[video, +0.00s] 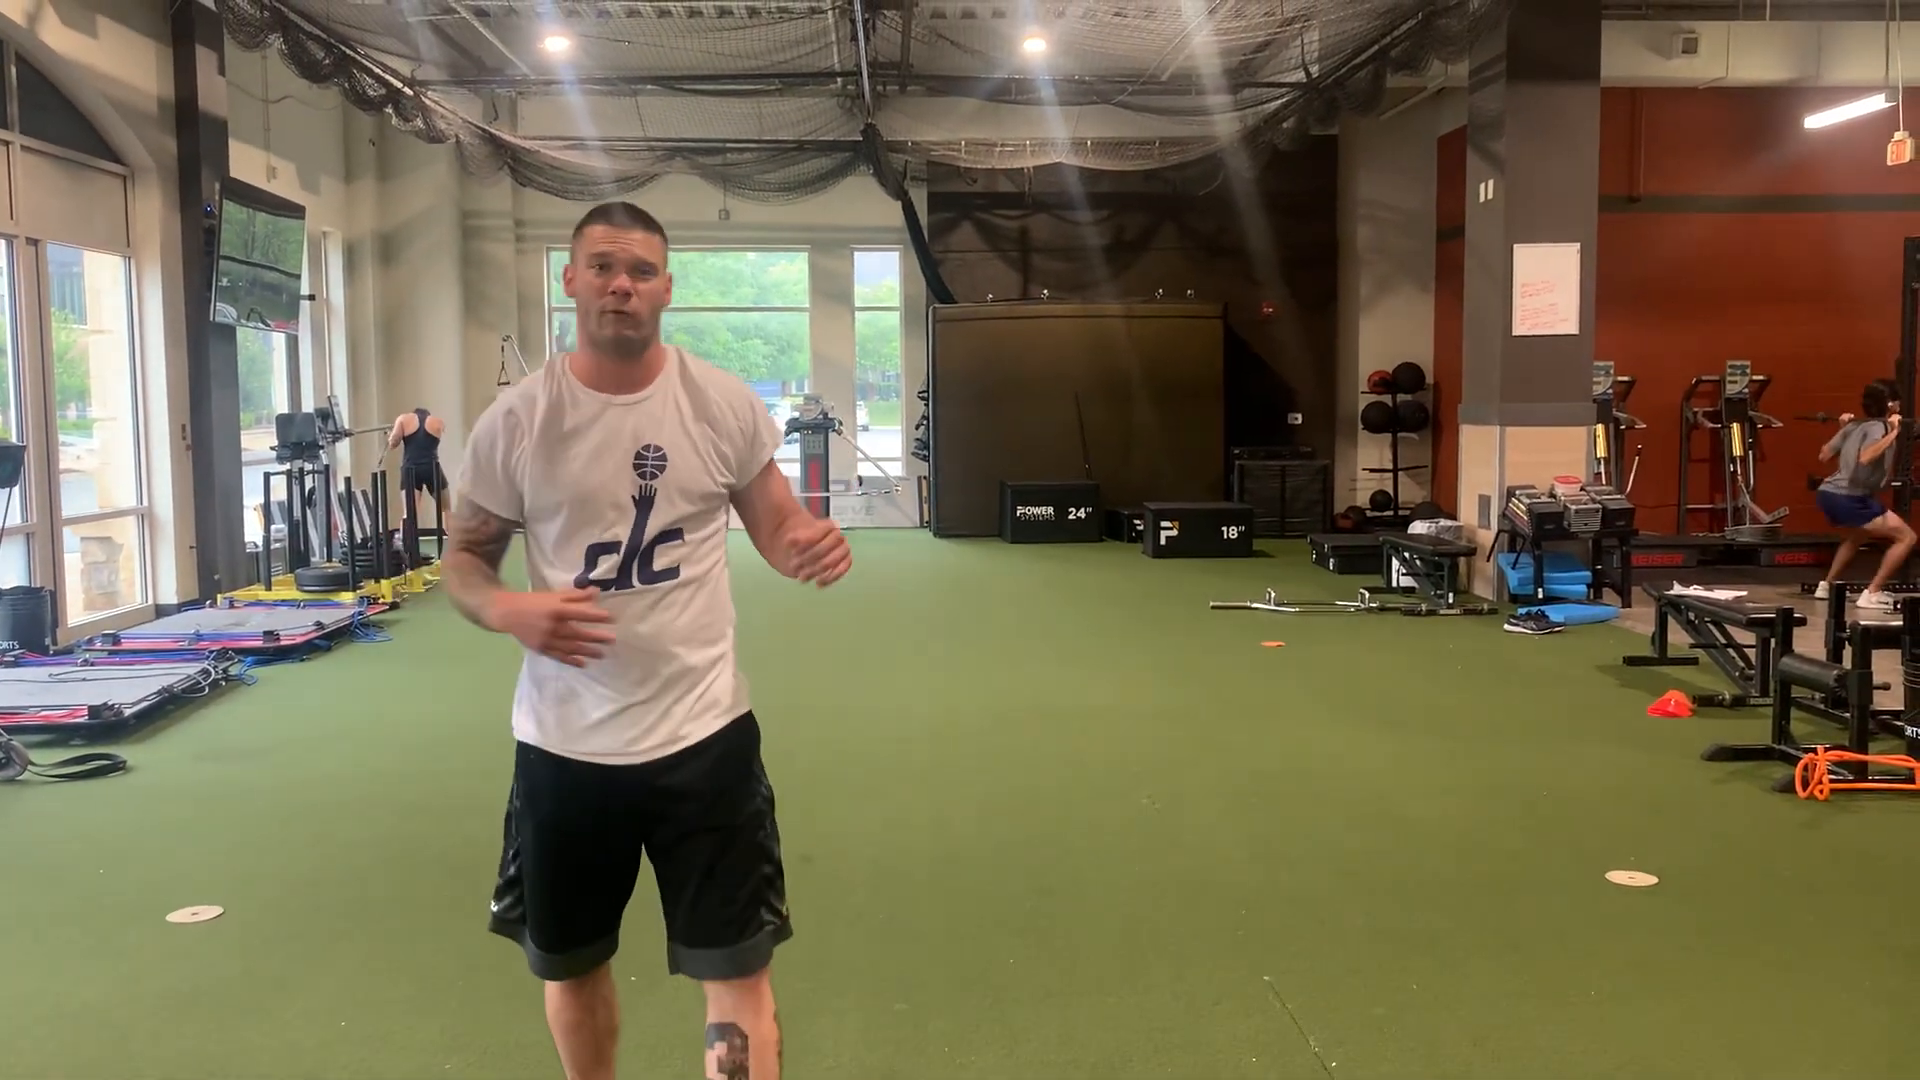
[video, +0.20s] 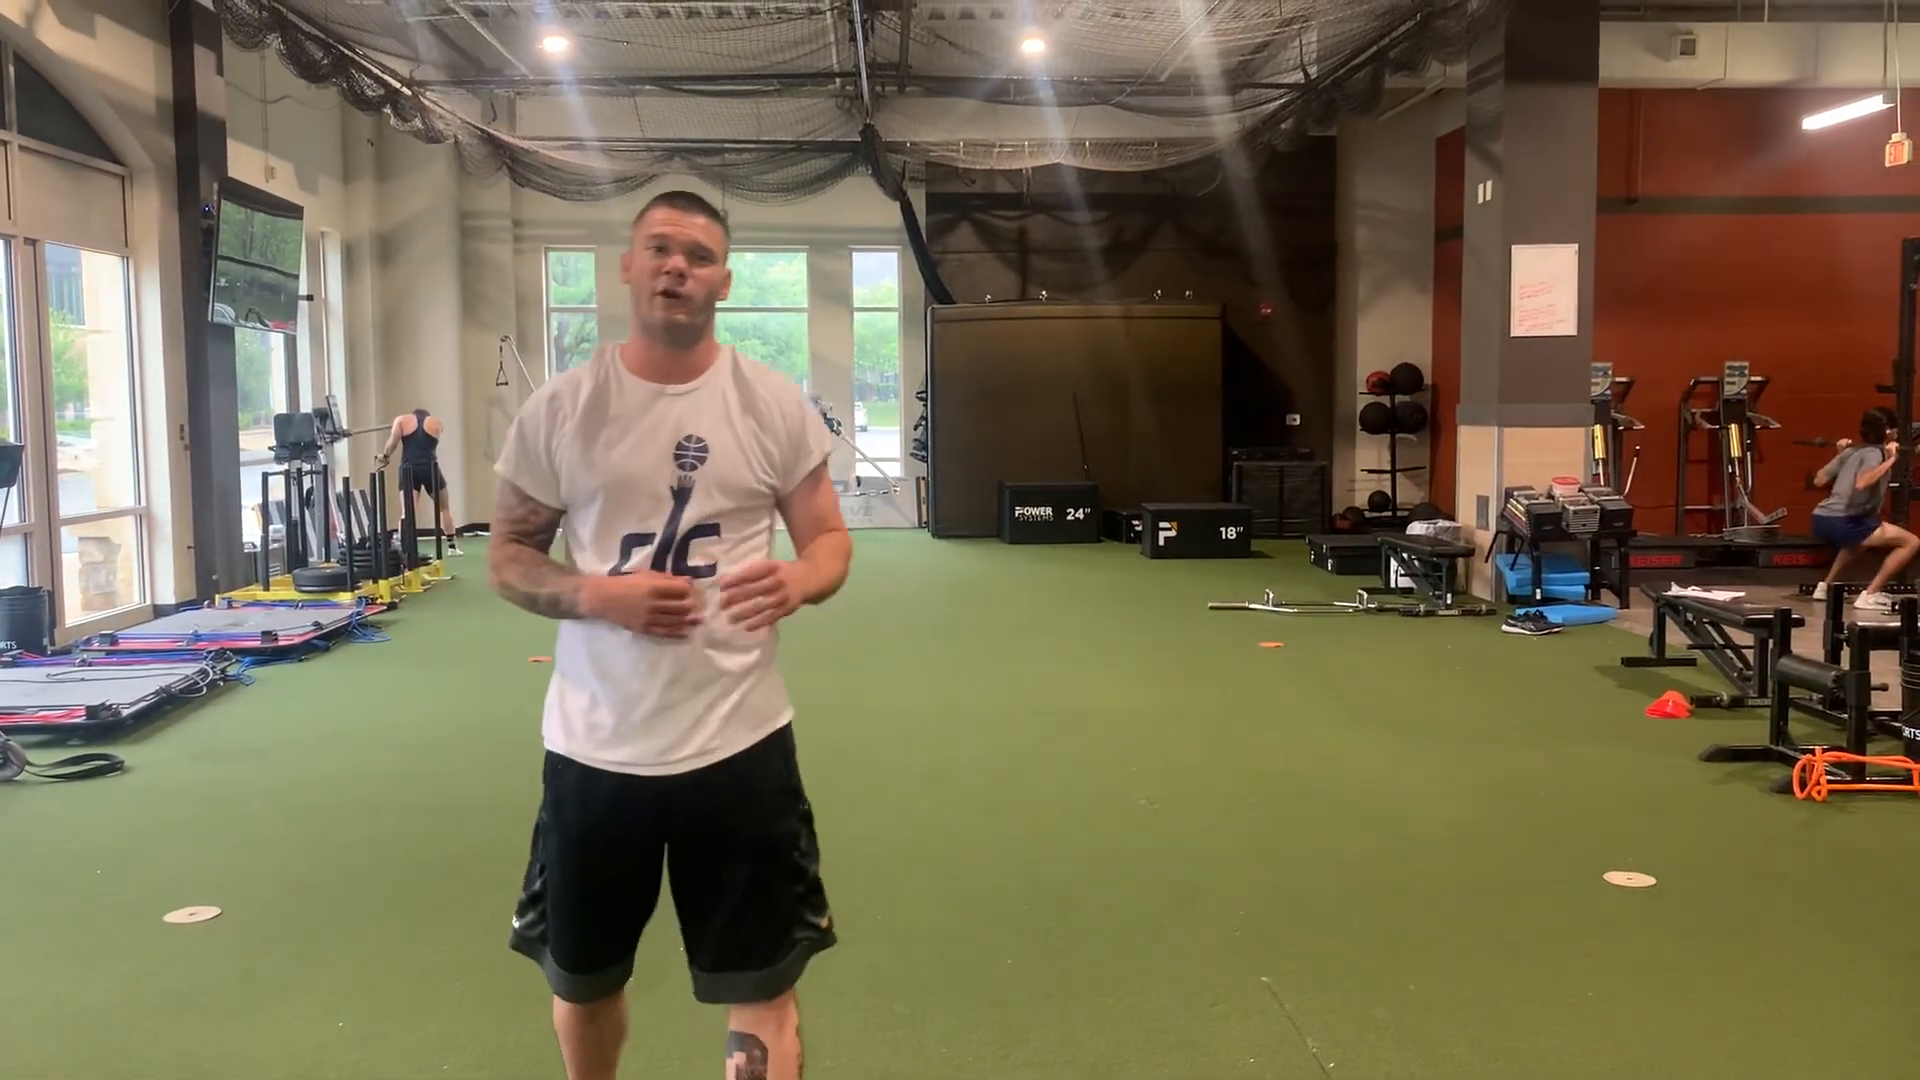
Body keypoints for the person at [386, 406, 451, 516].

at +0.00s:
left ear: (413, 413)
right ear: (428, 415)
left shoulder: (403, 419)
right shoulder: (438, 422)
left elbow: (393, 443)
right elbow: (436, 440)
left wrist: (390, 435)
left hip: (410, 470)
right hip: (432, 469)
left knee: (409, 513)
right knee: (445, 509)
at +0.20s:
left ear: (413, 413)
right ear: (428, 415)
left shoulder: (401, 420)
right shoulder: (436, 423)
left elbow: (392, 443)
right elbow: (432, 444)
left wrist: (385, 456)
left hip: (408, 470)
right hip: (429, 469)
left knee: (406, 512)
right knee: (444, 508)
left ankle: (401, 545)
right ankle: (452, 546)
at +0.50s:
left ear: (410, 416)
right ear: (424, 417)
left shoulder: (398, 423)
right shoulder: (433, 425)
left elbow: (390, 446)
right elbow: (430, 446)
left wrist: (379, 467)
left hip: (405, 472)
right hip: (426, 471)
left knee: (403, 514)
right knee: (440, 510)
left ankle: (397, 547)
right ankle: (448, 548)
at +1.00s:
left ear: (403, 424)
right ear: (419, 424)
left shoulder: (392, 431)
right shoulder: (427, 432)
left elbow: (384, 452)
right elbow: (431, 440)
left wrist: (373, 470)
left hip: (399, 479)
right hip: (420, 478)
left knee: (397, 521)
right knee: (435, 518)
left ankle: (394, 558)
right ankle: (442, 556)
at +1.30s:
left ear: (403, 427)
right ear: (419, 428)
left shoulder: (392, 435)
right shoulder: (426, 435)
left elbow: (384, 453)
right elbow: (430, 443)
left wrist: (371, 470)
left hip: (398, 482)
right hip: (419, 481)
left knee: (397, 523)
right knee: (434, 521)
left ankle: (390, 557)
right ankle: (442, 558)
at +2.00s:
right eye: (419, 431)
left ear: (402, 429)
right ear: (418, 430)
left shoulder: (390, 437)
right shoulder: (425, 439)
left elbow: (384, 456)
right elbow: (421, 457)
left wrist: (372, 475)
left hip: (396, 485)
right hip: (417, 484)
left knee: (394, 529)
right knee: (432, 524)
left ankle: (391, 565)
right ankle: (441, 562)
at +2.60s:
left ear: (404, 430)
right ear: (420, 432)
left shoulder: (394, 436)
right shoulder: (428, 440)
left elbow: (384, 459)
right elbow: (423, 458)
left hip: (398, 486)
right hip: (420, 485)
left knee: (395, 529)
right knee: (433, 525)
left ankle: (390, 564)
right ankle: (441, 564)